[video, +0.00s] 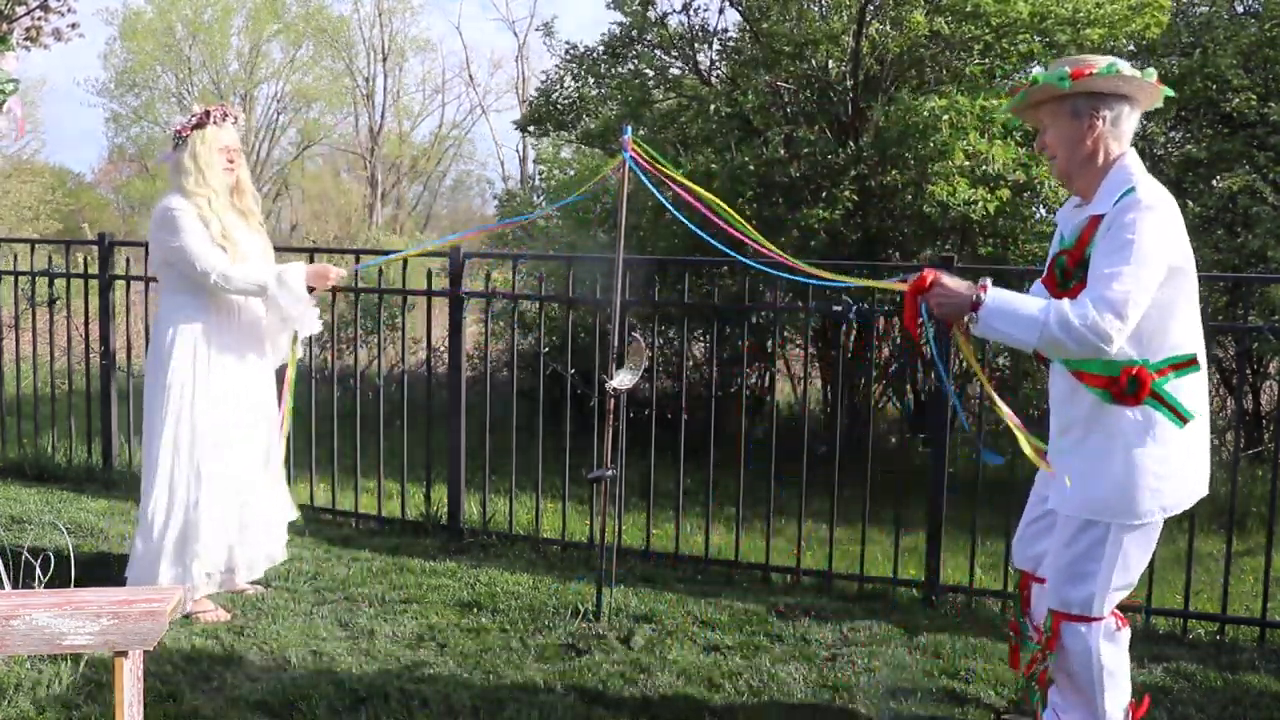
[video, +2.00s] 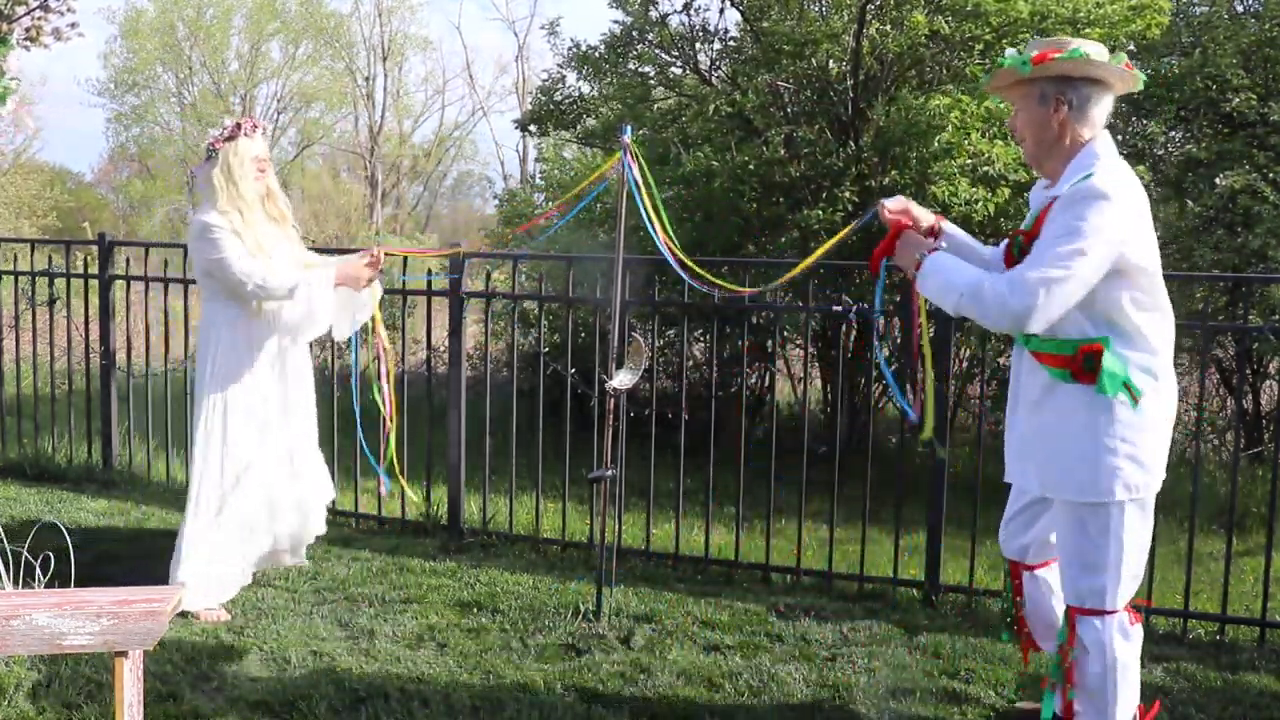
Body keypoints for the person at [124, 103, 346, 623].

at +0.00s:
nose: (233, 159)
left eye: (237, 150)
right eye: (221, 150)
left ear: (241, 158)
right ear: (191, 156)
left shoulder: (238, 214)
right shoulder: (175, 211)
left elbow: (255, 282)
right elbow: (218, 274)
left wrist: (303, 287)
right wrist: (298, 276)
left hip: (239, 353)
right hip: (193, 354)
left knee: (238, 459)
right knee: (196, 464)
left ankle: (230, 571)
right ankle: (188, 586)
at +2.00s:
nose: (265, 168)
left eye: (267, 160)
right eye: (254, 162)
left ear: (272, 166)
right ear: (226, 170)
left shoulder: (270, 225)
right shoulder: (211, 226)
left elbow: (310, 277)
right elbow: (255, 282)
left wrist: (359, 276)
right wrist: (334, 273)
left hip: (278, 363)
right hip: (234, 366)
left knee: (278, 456)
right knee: (229, 468)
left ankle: (270, 547)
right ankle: (199, 589)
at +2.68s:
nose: (249, 169)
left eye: (256, 160)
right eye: (238, 159)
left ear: (263, 168)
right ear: (211, 164)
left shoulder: (269, 216)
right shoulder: (187, 213)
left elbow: (288, 287)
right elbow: (202, 258)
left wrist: (310, 256)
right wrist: (274, 242)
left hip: (261, 346)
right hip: (205, 349)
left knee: (272, 441)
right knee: (204, 462)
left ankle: (265, 541)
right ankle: (197, 588)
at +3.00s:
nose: (250, 168)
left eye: (257, 160)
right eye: (239, 159)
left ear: (263, 169)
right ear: (212, 166)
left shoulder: (261, 227)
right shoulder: (182, 223)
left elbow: (283, 290)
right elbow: (204, 283)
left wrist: (314, 306)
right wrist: (285, 296)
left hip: (259, 356)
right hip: (201, 360)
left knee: (284, 449)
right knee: (206, 467)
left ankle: (291, 546)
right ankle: (195, 584)